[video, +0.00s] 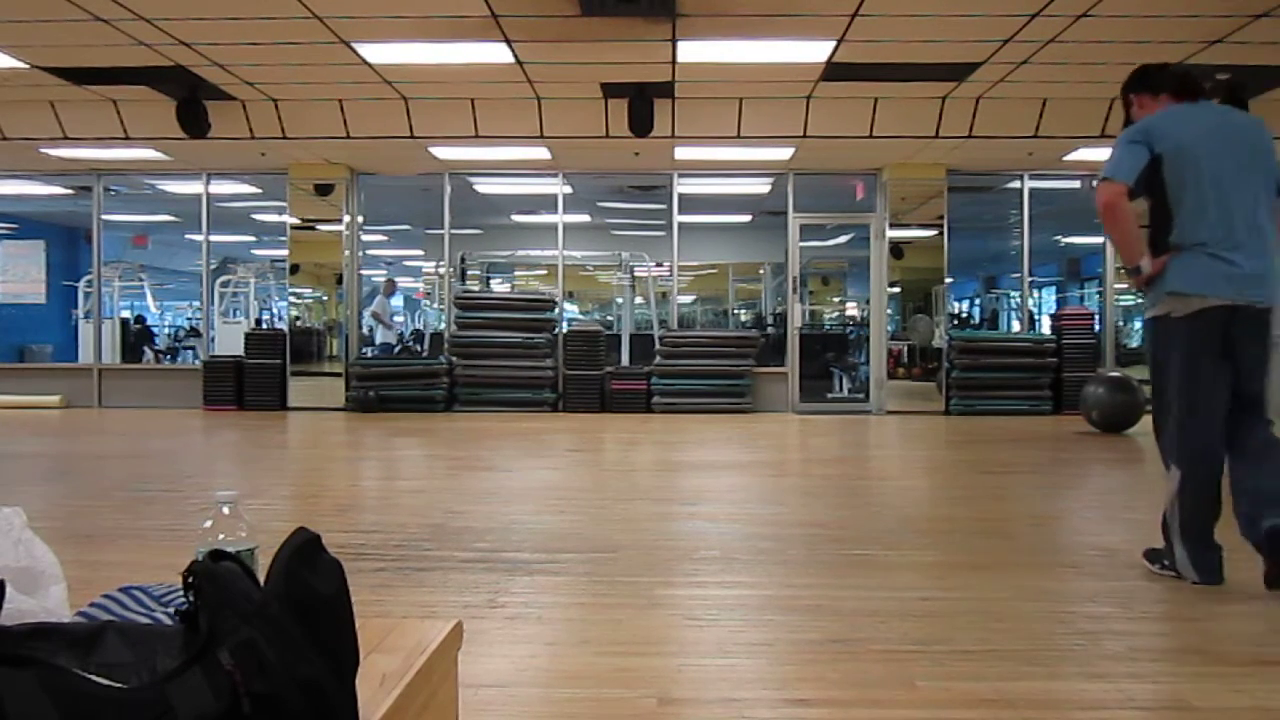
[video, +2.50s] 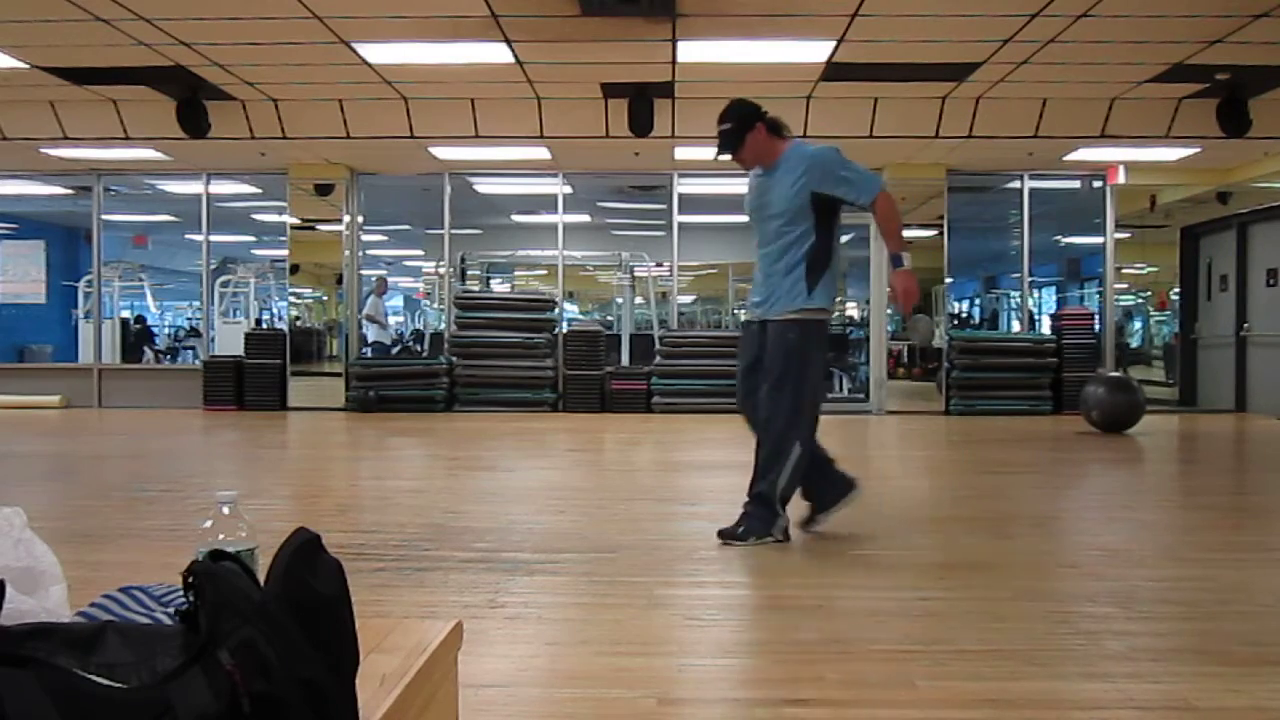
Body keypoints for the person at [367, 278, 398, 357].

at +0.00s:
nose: (395, 290)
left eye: (395, 287)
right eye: (393, 287)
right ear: (386, 287)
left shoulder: (387, 301)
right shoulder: (381, 299)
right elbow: (374, 313)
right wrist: (387, 324)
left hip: (390, 337)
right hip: (384, 337)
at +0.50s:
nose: (392, 288)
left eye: (392, 285)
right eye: (390, 285)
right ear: (384, 286)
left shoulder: (385, 299)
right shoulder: (379, 298)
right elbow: (374, 313)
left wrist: (389, 321)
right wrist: (385, 321)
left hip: (388, 337)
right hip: (382, 337)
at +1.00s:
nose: (387, 288)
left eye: (386, 285)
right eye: (385, 285)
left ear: (385, 286)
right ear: (379, 286)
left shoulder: (383, 300)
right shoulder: (375, 299)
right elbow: (371, 316)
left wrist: (388, 323)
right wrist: (385, 324)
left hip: (386, 338)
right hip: (380, 338)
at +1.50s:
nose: (386, 288)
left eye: (386, 286)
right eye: (384, 286)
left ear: (384, 286)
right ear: (378, 286)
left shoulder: (381, 300)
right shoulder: (372, 298)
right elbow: (365, 313)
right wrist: (379, 323)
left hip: (384, 336)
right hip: (376, 337)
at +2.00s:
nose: (386, 288)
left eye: (386, 286)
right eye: (383, 286)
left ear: (386, 286)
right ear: (378, 286)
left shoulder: (381, 300)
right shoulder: (372, 298)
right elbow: (365, 314)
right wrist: (380, 322)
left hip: (385, 338)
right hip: (377, 338)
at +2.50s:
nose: (386, 289)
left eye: (386, 286)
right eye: (384, 286)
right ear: (378, 286)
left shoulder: (380, 300)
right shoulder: (373, 299)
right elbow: (367, 314)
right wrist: (381, 322)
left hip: (384, 337)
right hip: (377, 338)